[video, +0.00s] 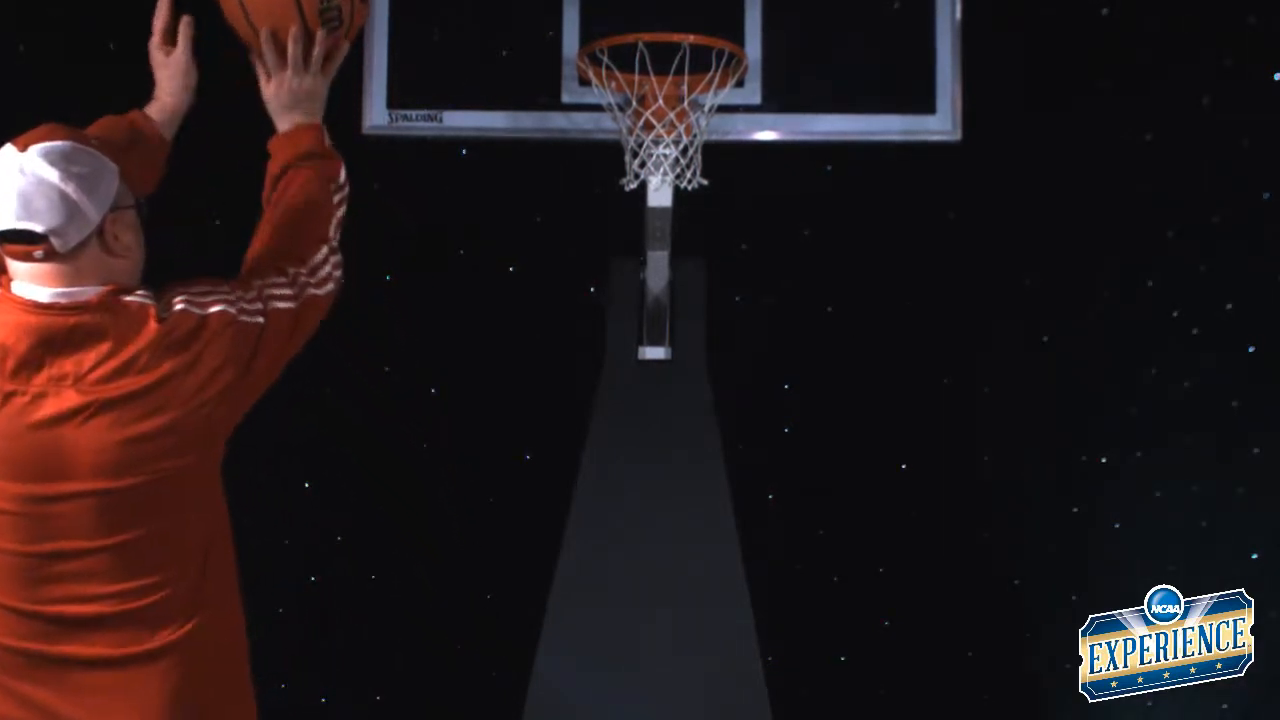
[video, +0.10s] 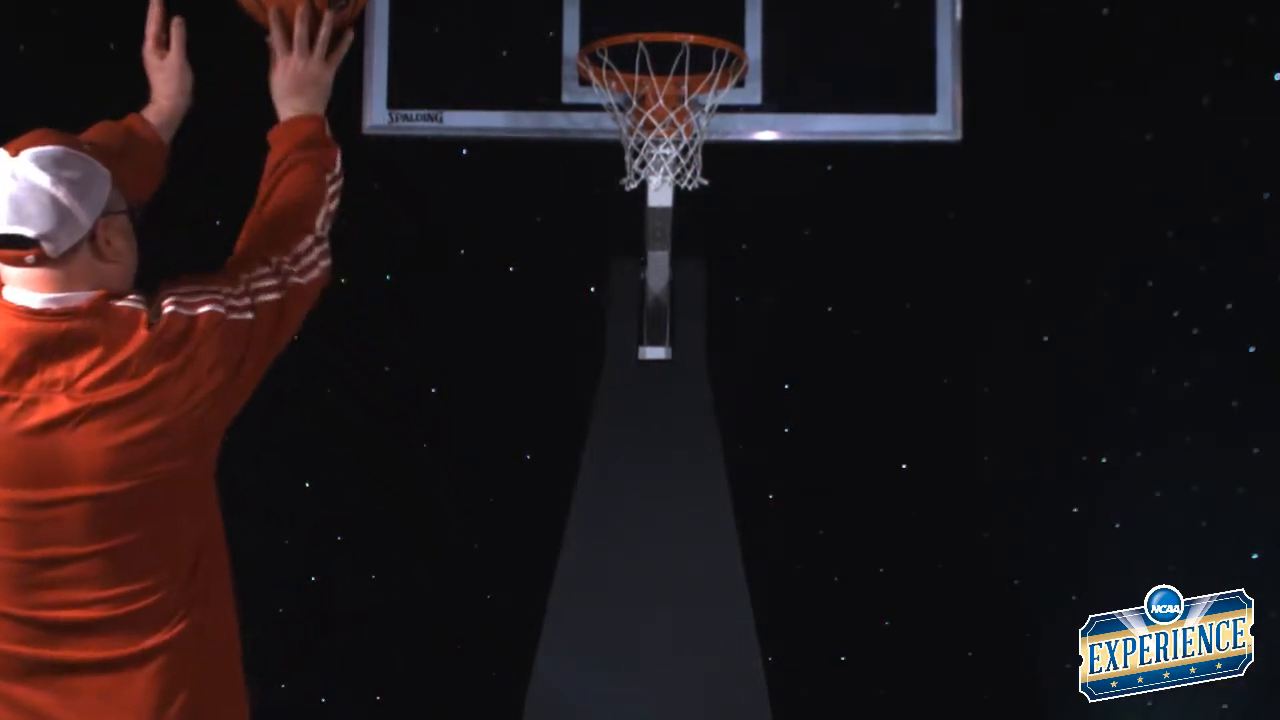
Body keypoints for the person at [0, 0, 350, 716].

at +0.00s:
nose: (139, 220)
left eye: (132, 207)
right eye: (131, 207)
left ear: (22, 236)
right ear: (108, 232)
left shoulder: (2, 327)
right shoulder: (170, 355)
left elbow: (39, 193)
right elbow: (300, 271)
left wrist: (158, 117)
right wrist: (301, 129)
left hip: (19, 697)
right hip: (166, 699)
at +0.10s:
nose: (130, 229)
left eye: (123, 216)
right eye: (121, 219)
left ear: (18, 242)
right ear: (99, 243)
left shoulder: (3, 337)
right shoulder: (160, 358)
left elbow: (34, 190)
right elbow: (288, 261)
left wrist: (157, 119)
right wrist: (303, 118)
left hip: (19, 699)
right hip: (161, 702)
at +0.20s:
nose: (120, 229)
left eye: (113, 216)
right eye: (111, 221)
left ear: (10, 249)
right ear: (93, 249)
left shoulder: (2, 340)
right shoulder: (154, 358)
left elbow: (36, 196)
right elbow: (272, 249)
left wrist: (151, 124)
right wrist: (304, 112)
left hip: (17, 697)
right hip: (155, 701)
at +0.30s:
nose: (116, 234)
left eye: (107, 221)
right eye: (107, 225)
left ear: (5, 256)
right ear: (85, 255)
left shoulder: (1, 347)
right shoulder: (149, 360)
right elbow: (265, 222)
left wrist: (149, 127)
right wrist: (300, 97)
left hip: (13, 698)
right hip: (147, 703)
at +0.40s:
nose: (108, 243)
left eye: (98, 230)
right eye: (97, 234)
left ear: (3, 267)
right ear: (76, 263)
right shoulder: (136, 364)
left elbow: (31, 218)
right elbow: (240, 229)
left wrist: (137, 137)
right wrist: (291, 96)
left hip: (16, 698)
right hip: (142, 703)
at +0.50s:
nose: (95, 243)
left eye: (83, 232)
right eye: (83, 236)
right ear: (69, 270)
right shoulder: (126, 376)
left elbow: (26, 221)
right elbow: (224, 225)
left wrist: (131, 145)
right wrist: (287, 93)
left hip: (15, 699)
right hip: (136, 702)